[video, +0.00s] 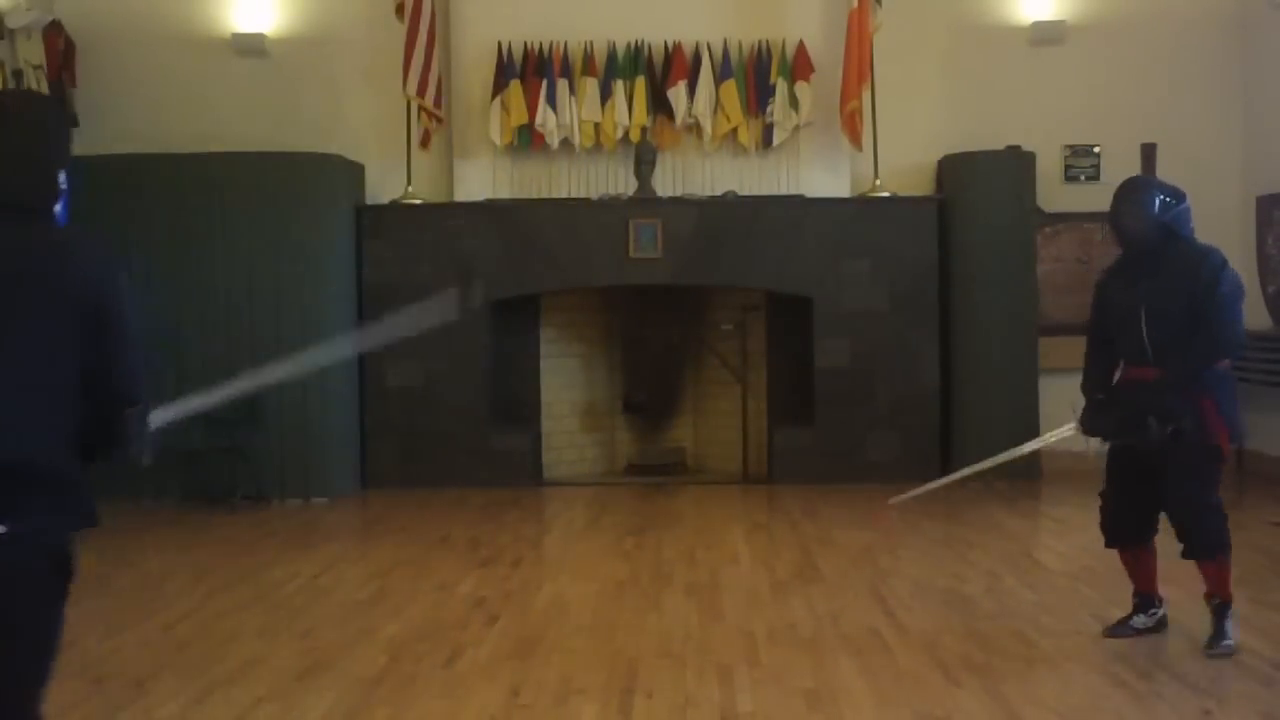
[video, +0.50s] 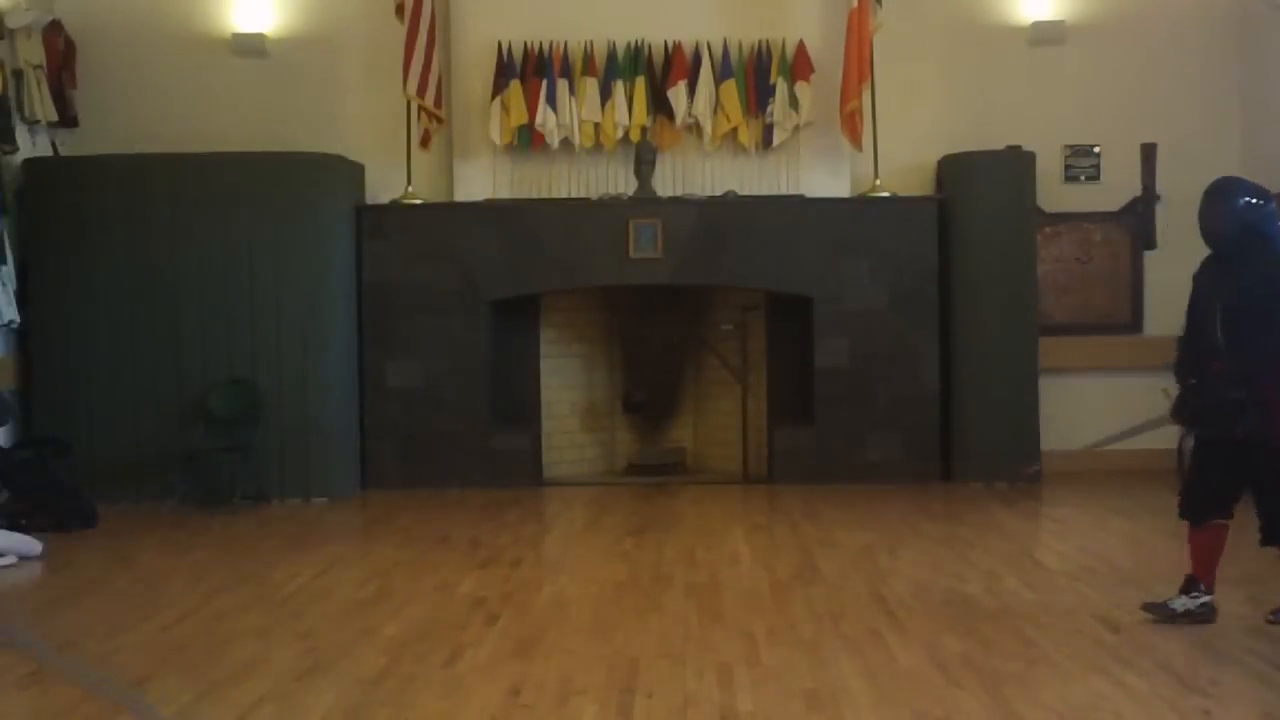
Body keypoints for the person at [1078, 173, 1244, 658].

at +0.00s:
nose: (1124, 230)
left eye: (1133, 219)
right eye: (1119, 220)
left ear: (1161, 216)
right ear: (1116, 224)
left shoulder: (1205, 267)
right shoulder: (1115, 279)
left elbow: (1223, 345)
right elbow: (1099, 350)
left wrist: (1170, 397)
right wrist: (1097, 402)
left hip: (1195, 415)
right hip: (1134, 415)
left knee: (1198, 512)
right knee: (1125, 512)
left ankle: (1221, 613)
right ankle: (1147, 607)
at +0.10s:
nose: (1133, 228)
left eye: (1142, 218)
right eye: (1130, 219)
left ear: (1171, 216)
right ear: (1131, 223)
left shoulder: (1218, 268)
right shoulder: (1132, 280)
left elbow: (1227, 343)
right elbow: (1116, 346)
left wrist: (1176, 389)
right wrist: (1107, 393)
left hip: (1209, 409)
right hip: (1148, 410)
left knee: (1215, 501)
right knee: (1133, 508)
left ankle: (1257, 586)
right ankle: (1148, 605)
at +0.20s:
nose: (1145, 230)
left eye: (1152, 219)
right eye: (1144, 221)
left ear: (1180, 217)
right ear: (1153, 224)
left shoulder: (1230, 266)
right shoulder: (1152, 280)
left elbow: (1237, 343)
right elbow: (1137, 346)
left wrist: (1179, 380)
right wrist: (1123, 392)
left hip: (1230, 404)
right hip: (1171, 405)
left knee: (1241, 500)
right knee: (1147, 502)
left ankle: (1279, 577)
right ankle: (1149, 605)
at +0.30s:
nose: (1169, 230)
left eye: (1176, 219)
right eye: (1168, 220)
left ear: (1202, 218)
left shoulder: (1252, 273)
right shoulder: (1179, 280)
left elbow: (1256, 353)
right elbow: (1163, 344)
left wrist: (1195, 399)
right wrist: (1147, 390)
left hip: (1253, 416)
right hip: (1194, 416)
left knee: (1268, 520)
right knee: (1167, 508)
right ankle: (1152, 603)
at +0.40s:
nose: (1191, 229)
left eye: (1200, 219)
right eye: (1190, 219)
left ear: (1224, 219)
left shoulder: (1261, 272)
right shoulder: (1198, 276)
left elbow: (1261, 347)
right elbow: (1183, 345)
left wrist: (1206, 396)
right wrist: (1171, 393)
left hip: (1259, 420)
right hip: (1208, 417)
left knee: (1272, 519)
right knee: (1189, 507)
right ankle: (1166, 595)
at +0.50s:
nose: (1208, 225)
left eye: (1215, 215)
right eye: (1206, 215)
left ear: (1239, 214)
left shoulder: (1263, 265)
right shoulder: (1213, 269)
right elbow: (1196, 339)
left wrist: (1195, 398)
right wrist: (1191, 391)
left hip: (1262, 411)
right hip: (1222, 408)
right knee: (1206, 495)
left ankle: (1199, 589)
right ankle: (1198, 590)